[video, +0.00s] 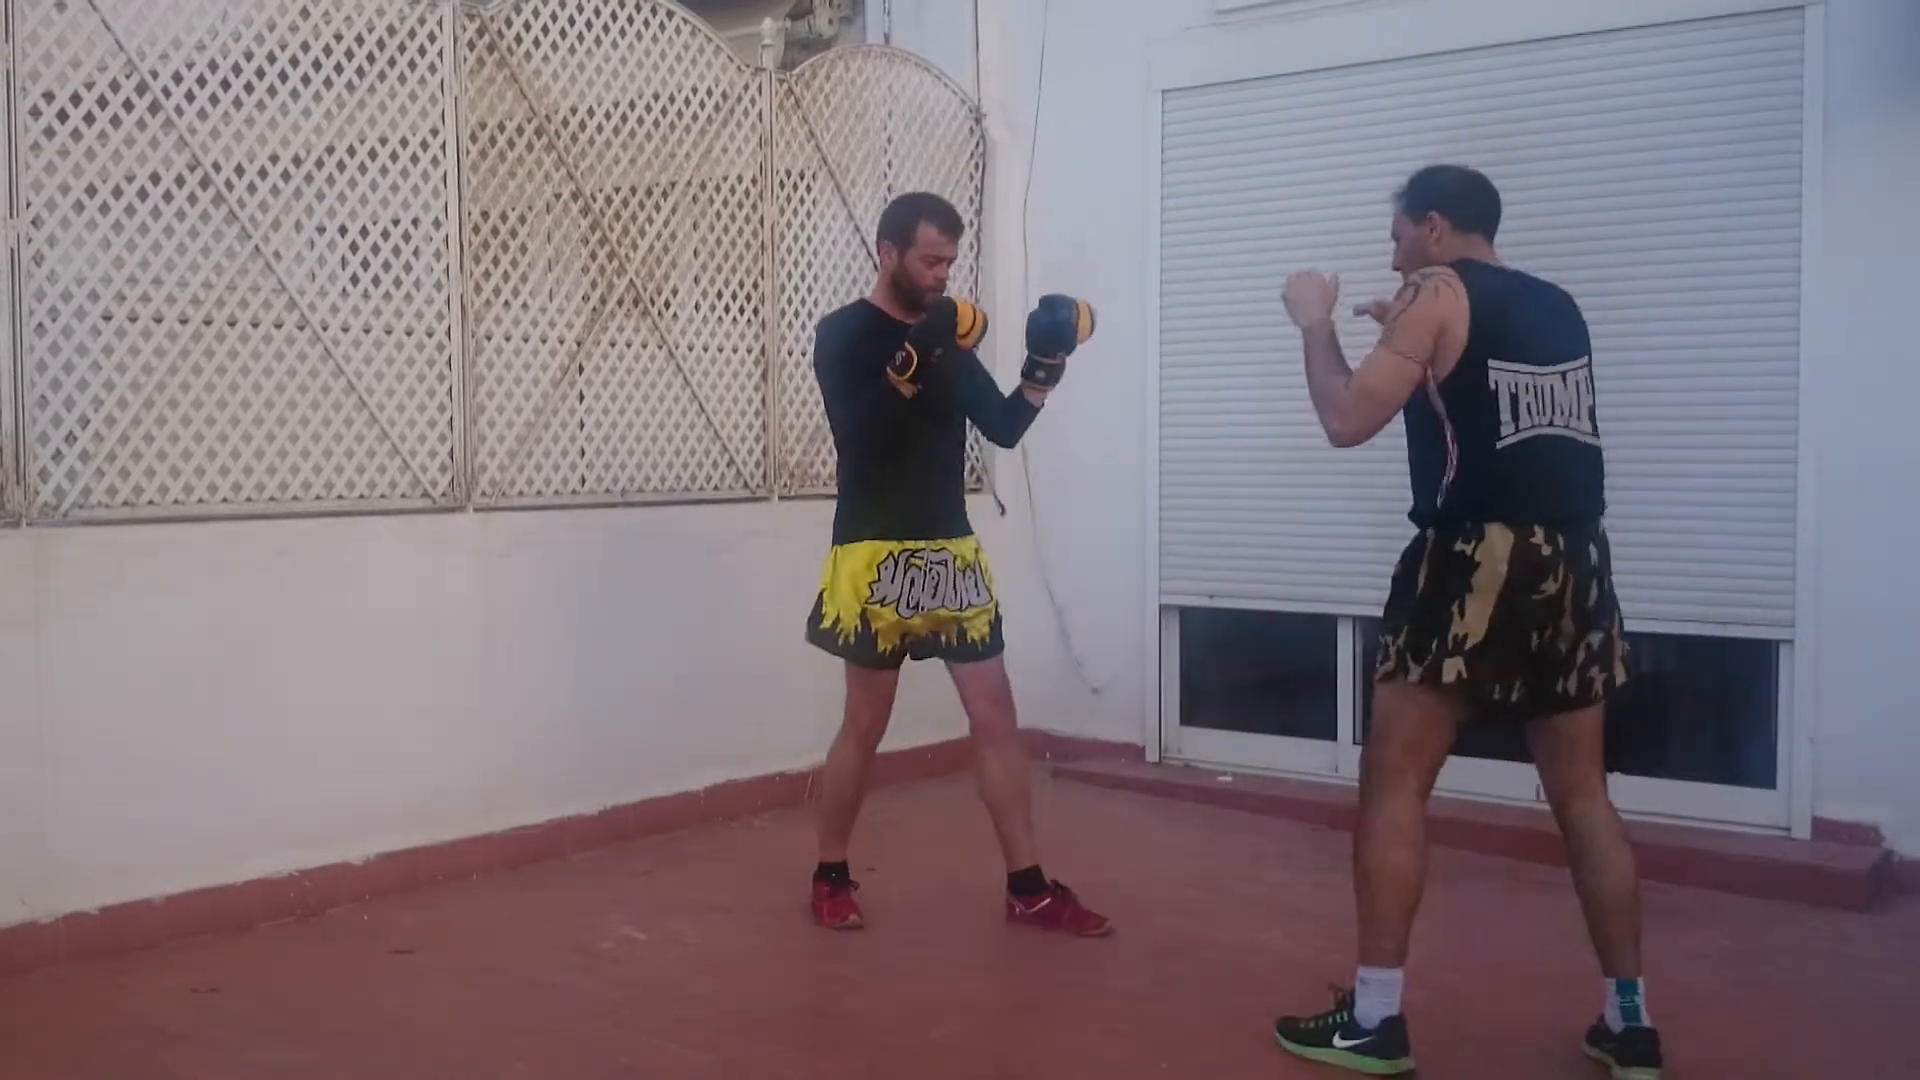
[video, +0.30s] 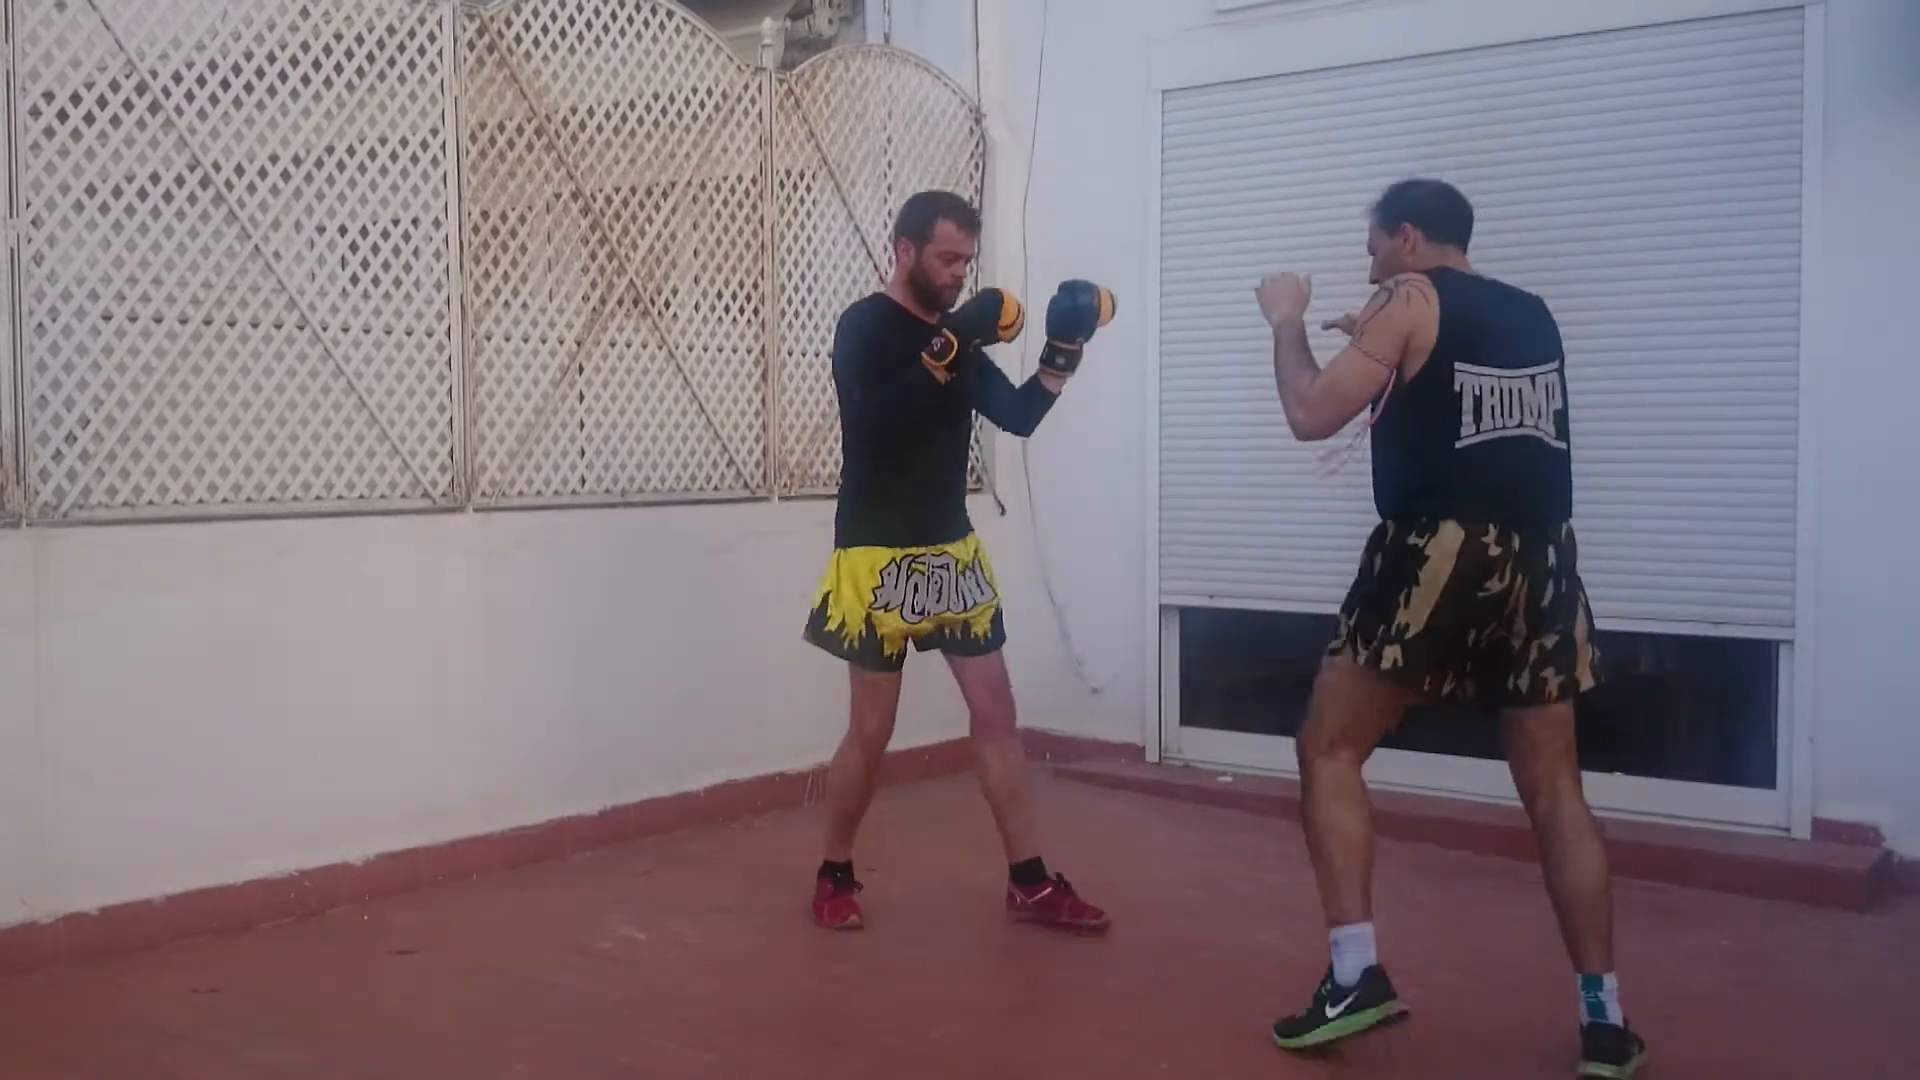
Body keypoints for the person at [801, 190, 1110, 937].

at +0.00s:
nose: (943, 274)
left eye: (950, 262)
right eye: (931, 261)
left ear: (955, 262)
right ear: (887, 254)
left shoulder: (944, 339)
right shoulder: (843, 333)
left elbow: (1003, 427)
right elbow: (856, 433)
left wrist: (1043, 368)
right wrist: (921, 351)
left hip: (952, 543)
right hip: (874, 546)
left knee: (994, 712)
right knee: (864, 722)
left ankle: (1028, 884)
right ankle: (830, 876)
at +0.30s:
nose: (959, 272)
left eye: (967, 260)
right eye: (947, 258)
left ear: (968, 261)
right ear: (904, 251)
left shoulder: (953, 337)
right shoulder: (864, 326)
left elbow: (1018, 416)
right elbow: (869, 430)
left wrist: (1061, 349)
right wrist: (946, 346)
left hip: (952, 541)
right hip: (876, 546)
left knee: (994, 708)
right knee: (872, 727)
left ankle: (1031, 879)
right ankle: (835, 872)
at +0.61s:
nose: (965, 284)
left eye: (971, 272)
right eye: (952, 271)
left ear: (972, 273)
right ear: (907, 269)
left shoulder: (974, 348)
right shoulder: (866, 345)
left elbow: (1060, 374)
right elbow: (807, 451)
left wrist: (1098, 312)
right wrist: (849, 381)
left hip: (971, 555)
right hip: (904, 562)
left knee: (1003, 718)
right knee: (967, 730)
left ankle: (917, 814)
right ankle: (950, 908)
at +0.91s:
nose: (945, 266)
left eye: (950, 254)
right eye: (934, 252)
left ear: (943, 254)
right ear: (887, 249)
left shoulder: (943, 330)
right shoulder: (848, 343)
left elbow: (983, 417)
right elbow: (859, 431)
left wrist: (1034, 435)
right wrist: (904, 337)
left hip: (1028, 530)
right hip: (947, 553)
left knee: (1116, 685)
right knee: (968, 742)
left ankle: (1218, 833)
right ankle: (947, 911)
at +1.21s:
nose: (949, 287)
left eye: (952, 275)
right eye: (937, 273)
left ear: (935, 272)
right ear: (889, 270)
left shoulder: (950, 344)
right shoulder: (867, 367)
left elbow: (1013, 397)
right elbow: (961, 405)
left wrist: (1112, 391)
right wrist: (986, 300)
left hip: (1034, 545)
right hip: (961, 571)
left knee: (1114, 703)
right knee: (991, 755)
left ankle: (1151, 863)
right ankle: (952, 910)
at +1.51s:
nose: (995, 294)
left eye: (996, 280)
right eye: (986, 278)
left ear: (947, 273)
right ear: (940, 268)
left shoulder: (953, 347)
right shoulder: (910, 344)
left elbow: (998, 468)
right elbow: (1036, 350)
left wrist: (1094, 472)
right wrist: (1035, 266)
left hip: (1036, 552)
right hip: (973, 570)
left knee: (1120, 712)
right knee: (1008, 754)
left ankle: (1153, 872)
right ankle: (954, 913)